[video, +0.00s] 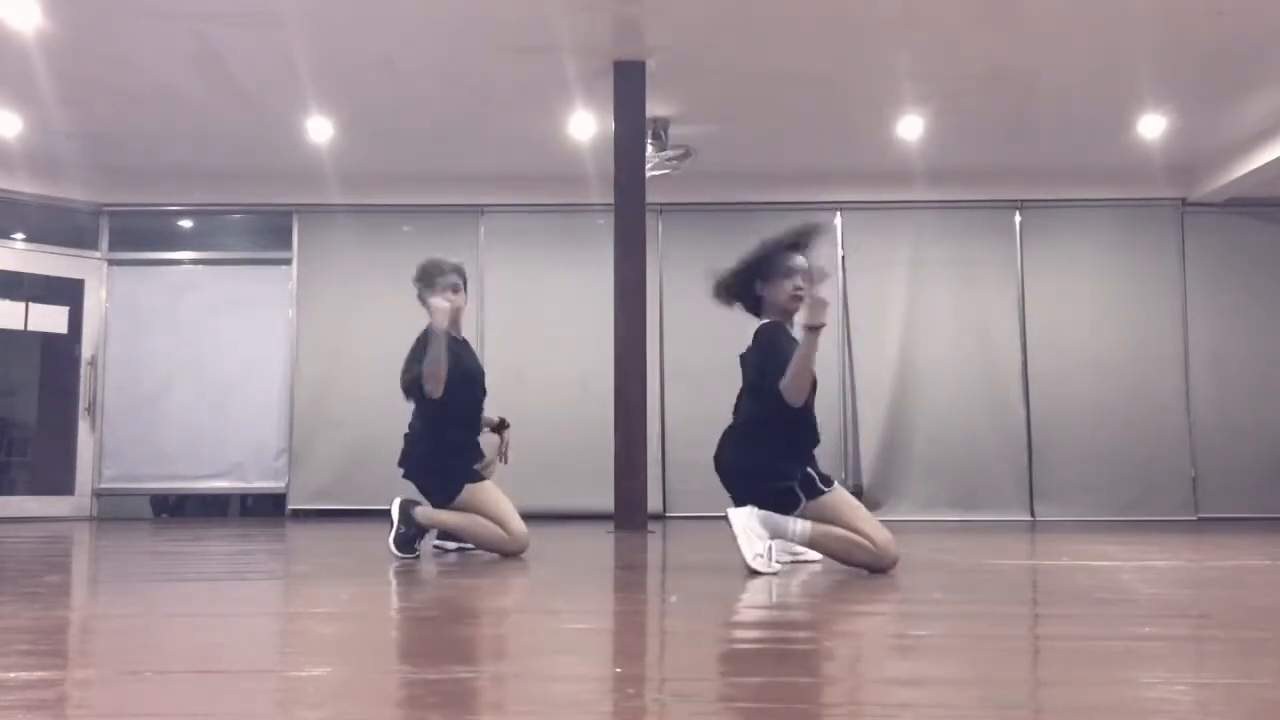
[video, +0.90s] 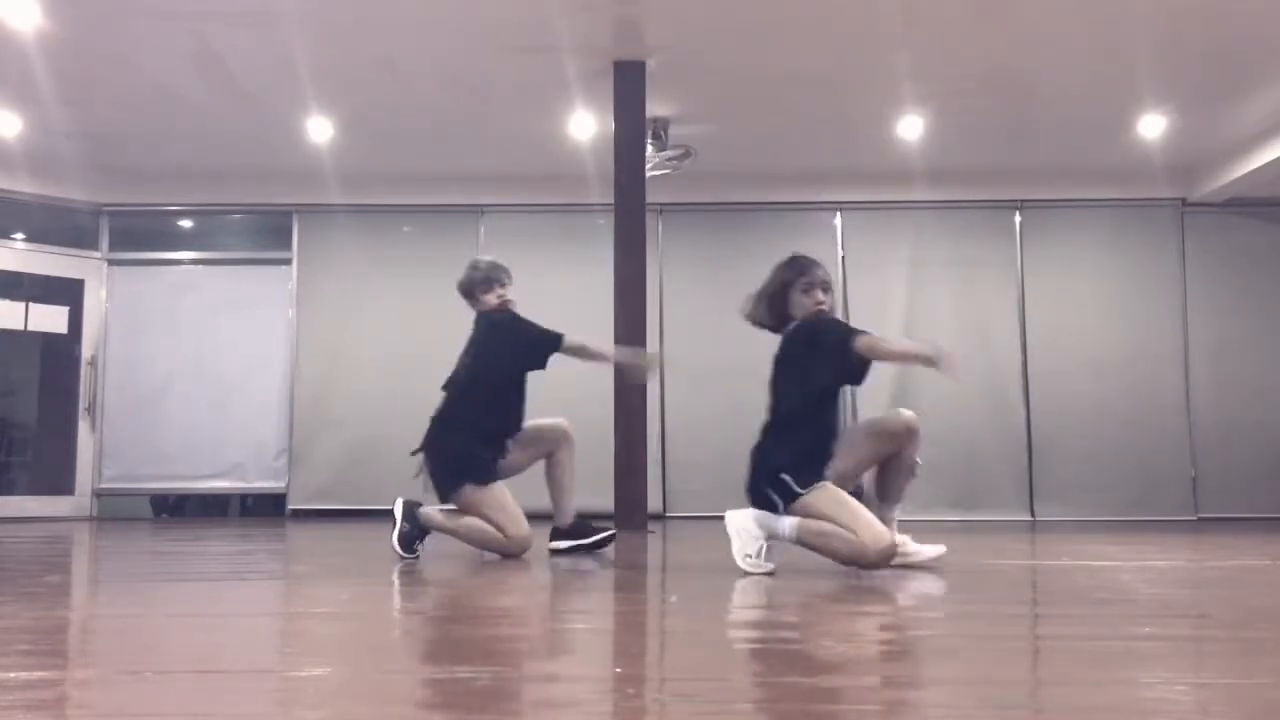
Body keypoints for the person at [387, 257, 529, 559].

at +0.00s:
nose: (453, 298)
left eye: (458, 289)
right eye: (444, 290)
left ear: (466, 295)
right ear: (425, 299)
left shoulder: (455, 341)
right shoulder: (431, 342)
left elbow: (453, 409)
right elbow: (433, 391)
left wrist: (494, 424)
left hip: (454, 448)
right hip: (437, 460)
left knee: (489, 458)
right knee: (517, 540)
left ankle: (453, 528)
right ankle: (417, 514)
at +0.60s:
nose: (449, 287)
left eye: (450, 281)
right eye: (437, 287)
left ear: (461, 287)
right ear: (425, 305)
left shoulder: (473, 338)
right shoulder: (434, 340)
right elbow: (432, 392)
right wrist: (428, 334)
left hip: (464, 443)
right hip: (436, 459)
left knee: (504, 448)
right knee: (516, 540)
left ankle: (454, 524)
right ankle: (416, 516)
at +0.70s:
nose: (463, 291)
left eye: (467, 283)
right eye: (450, 289)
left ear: (477, 289)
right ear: (438, 305)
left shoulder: (463, 335)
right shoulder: (450, 338)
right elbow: (475, 381)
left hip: (460, 441)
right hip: (439, 462)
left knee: (527, 440)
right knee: (516, 540)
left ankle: (471, 510)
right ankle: (417, 517)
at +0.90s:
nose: (500, 295)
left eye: (504, 286)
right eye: (488, 291)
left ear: (511, 287)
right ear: (474, 301)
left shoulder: (491, 327)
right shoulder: (506, 326)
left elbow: (460, 390)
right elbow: (573, 347)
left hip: (480, 449)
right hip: (459, 456)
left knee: (558, 434)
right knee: (517, 541)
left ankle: (566, 528)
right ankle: (420, 517)